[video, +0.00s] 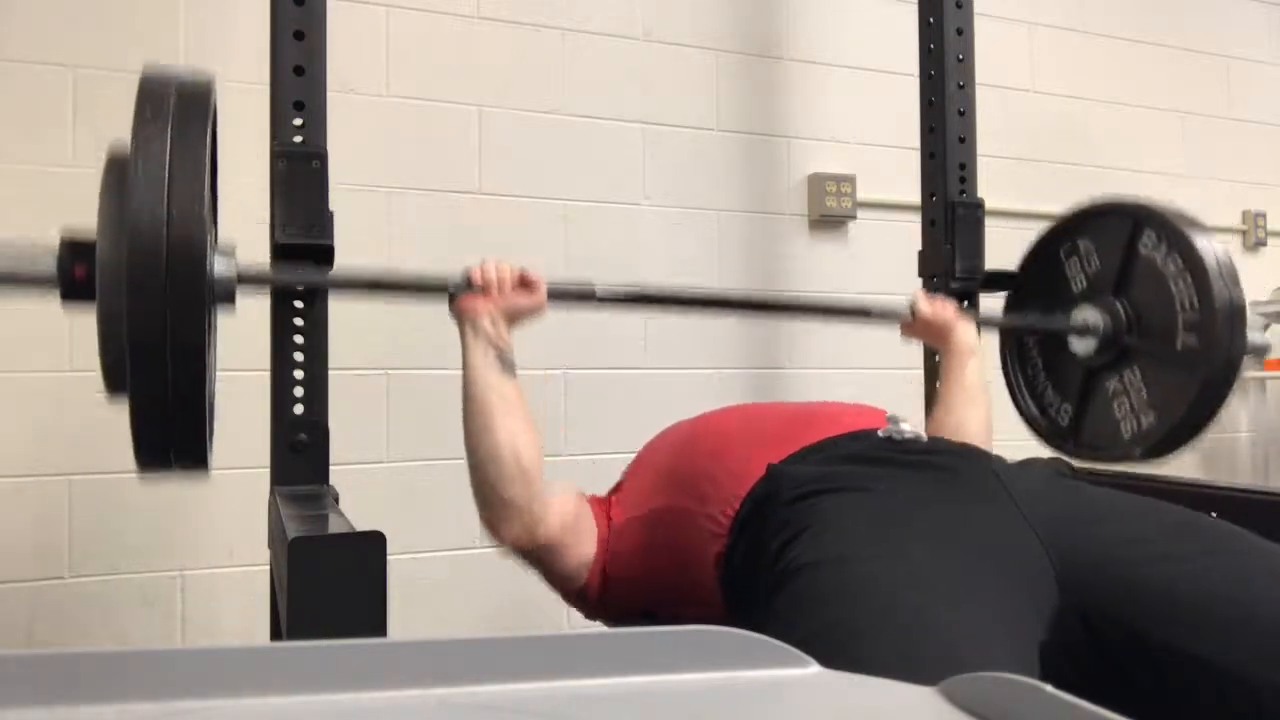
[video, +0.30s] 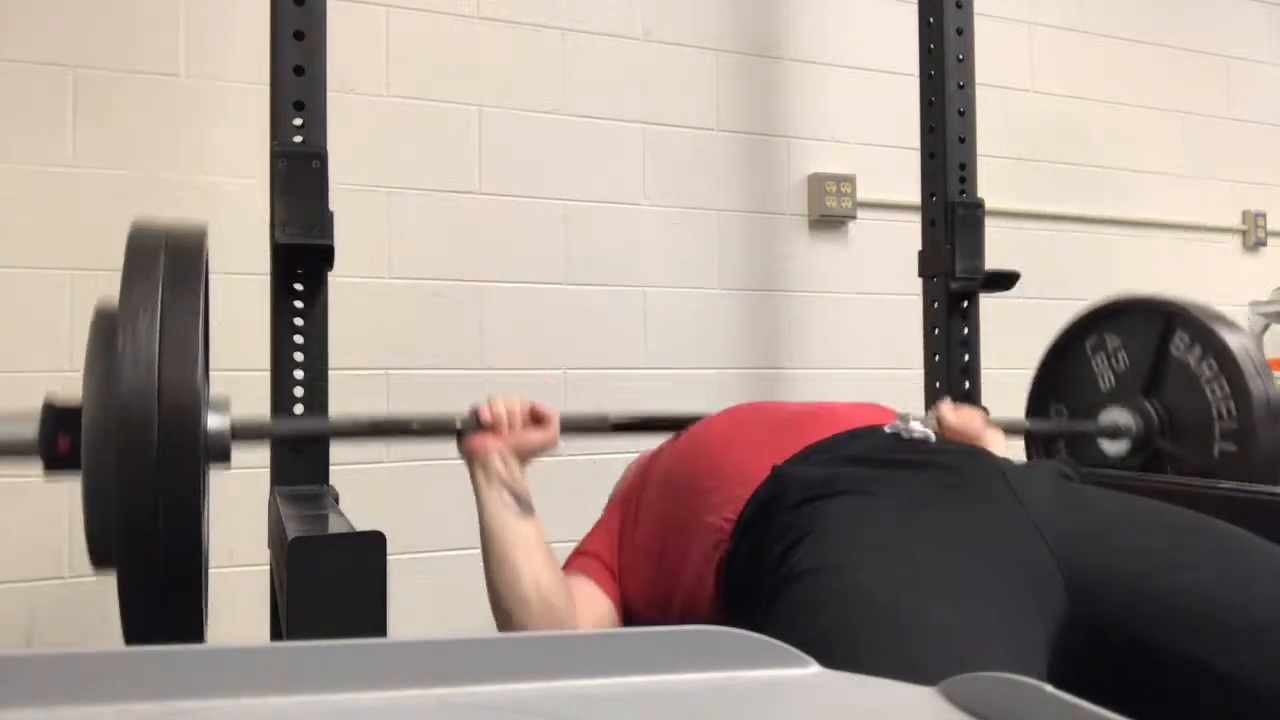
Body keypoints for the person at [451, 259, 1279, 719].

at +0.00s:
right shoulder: (615, 543)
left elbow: (961, 468)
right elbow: (519, 508)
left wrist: (962, 347)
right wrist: (483, 340)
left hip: (1032, 488)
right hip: (852, 504)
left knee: (1273, 619)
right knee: (929, 680)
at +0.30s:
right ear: (647, 481)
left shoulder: (865, 422)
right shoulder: (625, 531)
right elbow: (551, 629)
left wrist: (986, 451)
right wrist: (499, 483)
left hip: (1035, 487)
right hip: (858, 504)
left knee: (1273, 608)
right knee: (932, 686)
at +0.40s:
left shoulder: (849, 425)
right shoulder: (613, 544)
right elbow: (555, 635)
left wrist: (986, 457)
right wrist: (498, 499)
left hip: (1035, 487)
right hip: (856, 506)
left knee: (1274, 607)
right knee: (929, 700)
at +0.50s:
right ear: (645, 488)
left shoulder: (870, 422)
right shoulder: (626, 529)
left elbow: (1032, 523)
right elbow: (559, 625)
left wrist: (996, 446)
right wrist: (501, 477)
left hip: (1043, 487)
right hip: (862, 499)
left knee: (1276, 610)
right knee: (939, 690)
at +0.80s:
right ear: (643, 492)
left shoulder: (863, 439)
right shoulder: (617, 544)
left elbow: (965, 464)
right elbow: (516, 505)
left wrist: (966, 339)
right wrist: (485, 342)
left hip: (1043, 482)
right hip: (857, 505)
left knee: (1273, 620)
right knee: (934, 673)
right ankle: (977, 703)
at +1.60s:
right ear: (647, 485)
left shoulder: (866, 423)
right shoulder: (623, 533)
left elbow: (1033, 508)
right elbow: (550, 632)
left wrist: (983, 445)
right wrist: (496, 485)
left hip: (1038, 486)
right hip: (861, 503)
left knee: (1275, 603)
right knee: (929, 695)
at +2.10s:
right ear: (642, 488)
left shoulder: (860, 437)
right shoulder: (614, 541)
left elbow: (965, 465)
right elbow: (515, 507)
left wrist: (959, 343)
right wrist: (481, 345)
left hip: (1048, 487)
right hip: (861, 504)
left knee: (1277, 629)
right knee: (921, 696)